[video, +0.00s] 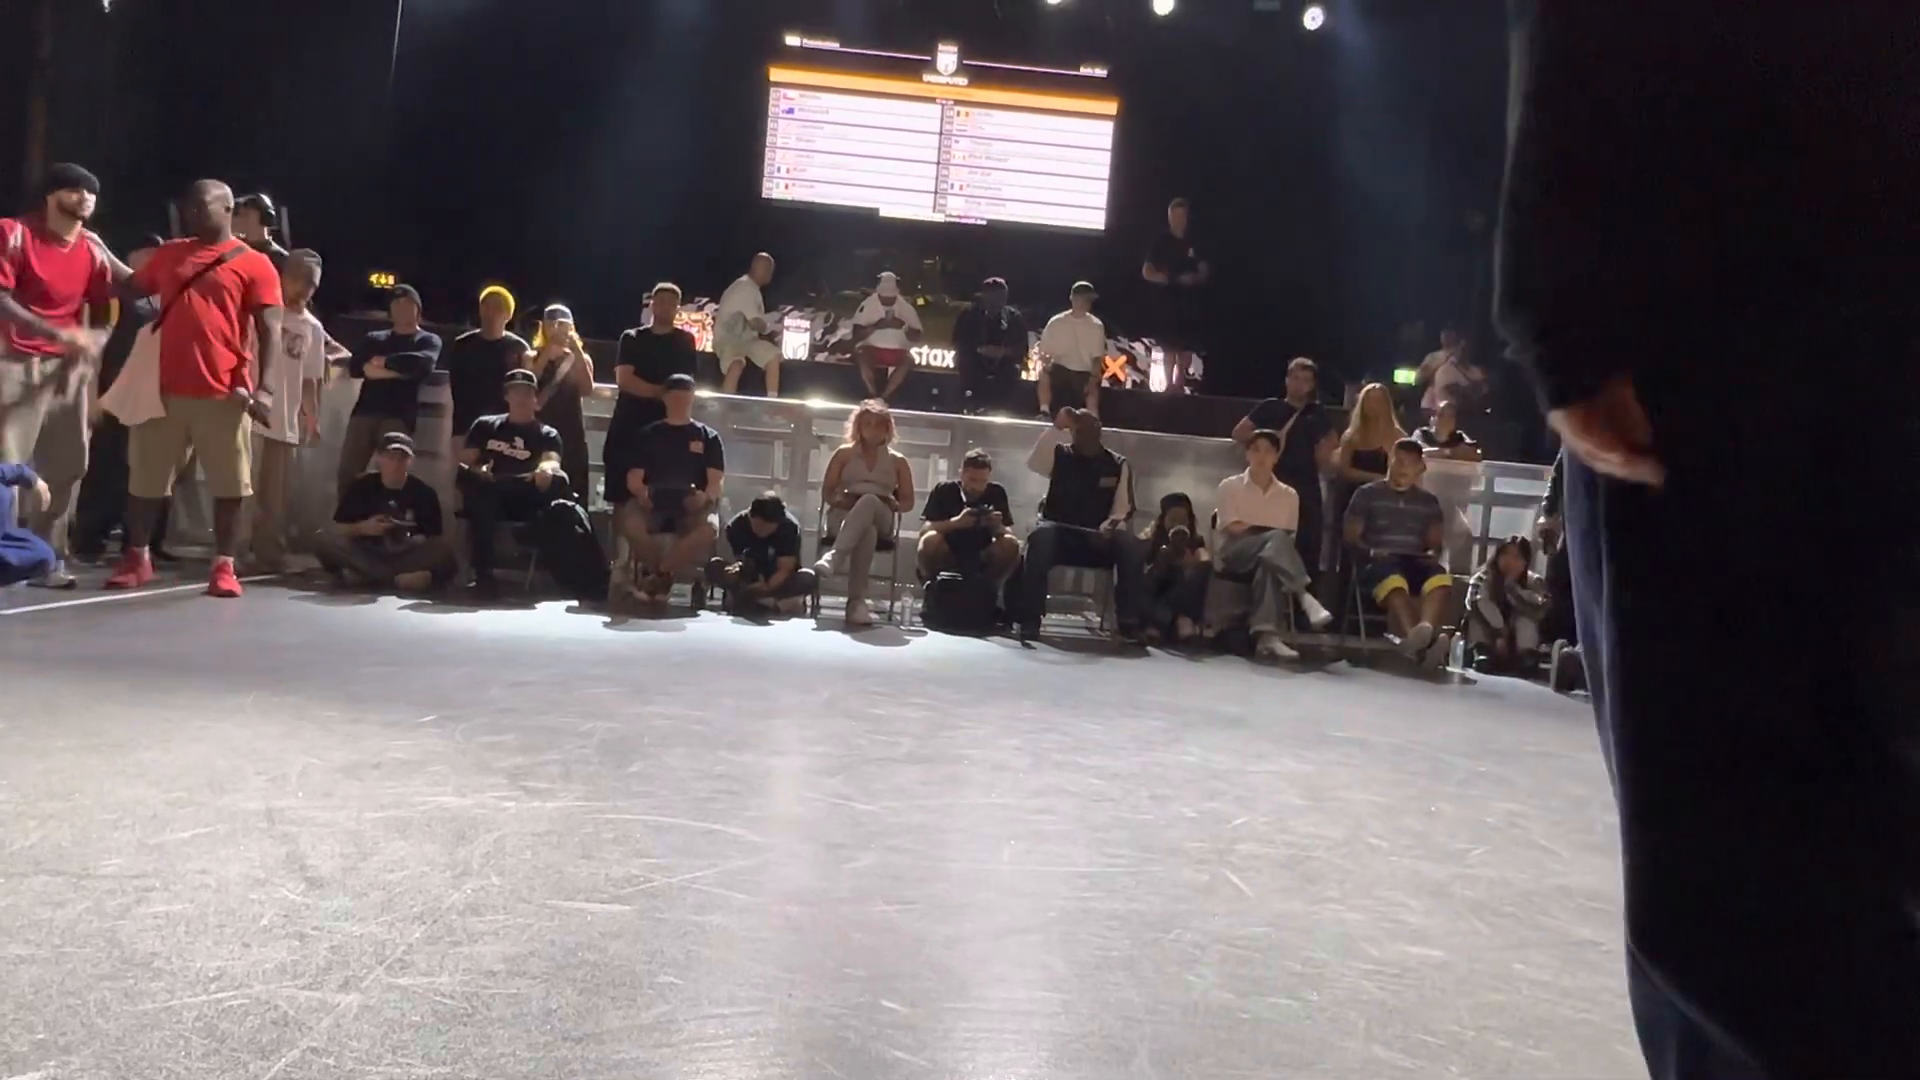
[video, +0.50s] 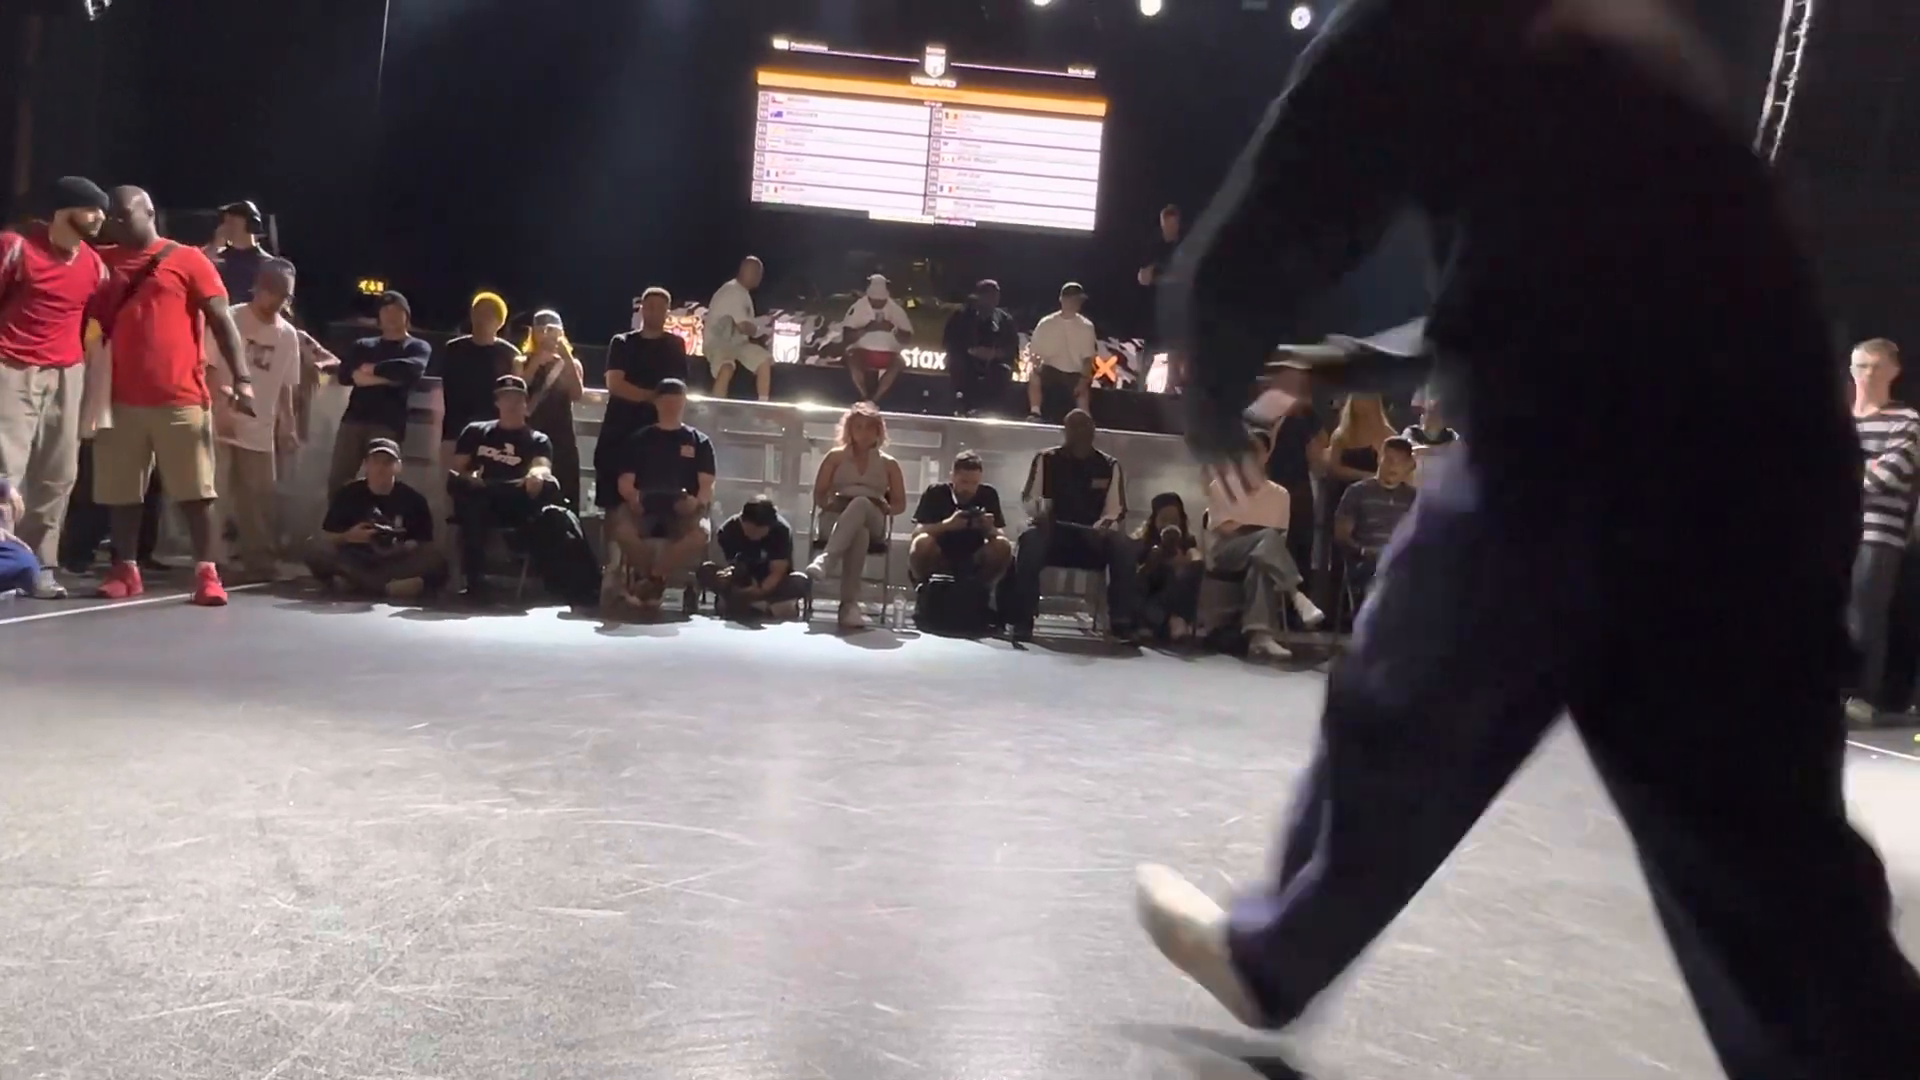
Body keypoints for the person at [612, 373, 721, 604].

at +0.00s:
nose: (680, 400)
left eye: (685, 394)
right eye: (675, 394)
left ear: (692, 397)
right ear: (665, 397)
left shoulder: (708, 437)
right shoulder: (647, 434)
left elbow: (715, 482)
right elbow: (633, 477)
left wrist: (704, 498)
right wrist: (644, 494)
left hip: (690, 499)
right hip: (654, 497)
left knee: (708, 530)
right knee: (630, 520)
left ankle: (659, 574)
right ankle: (662, 575)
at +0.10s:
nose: (678, 401)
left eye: (683, 396)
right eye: (673, 396)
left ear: (691, 399)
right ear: (664, 399)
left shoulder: (707, 438)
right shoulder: (646, 435)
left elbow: (714, 482)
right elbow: (632, 478)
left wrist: (703, 500)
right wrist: (642, 496)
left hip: (688, 500)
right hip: (652, 498)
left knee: (707, 530)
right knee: (629, 520)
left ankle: (660, 573)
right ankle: (660, 575)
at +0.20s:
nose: (676, 402)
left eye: (681, 396)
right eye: (671, 396)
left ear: (688, 399)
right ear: (661, 399)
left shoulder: (704, 438)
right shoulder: (642, 436)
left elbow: (711, 482)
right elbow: (630, 479)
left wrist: (701, 500)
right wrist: (640, 497)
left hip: (686, 500)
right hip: (649, 498)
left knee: (705, 530)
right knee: (626, 521)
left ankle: (656, 575)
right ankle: (658, 577)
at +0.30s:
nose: (674, 402)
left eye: (679, 396)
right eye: (669, 396)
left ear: (687, 400)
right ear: (659, 400)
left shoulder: (702, 439)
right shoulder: (640, 436)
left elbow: (709, 484)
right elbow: (628, 480)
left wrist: (698, 501)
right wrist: (641, 498)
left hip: (684, 501)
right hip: (648, 500)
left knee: (704, 530)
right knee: (624, 520)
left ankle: (655, 575)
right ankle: (656, 577)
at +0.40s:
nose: (672, 404)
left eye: (677, 398)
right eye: (667, 398)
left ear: (685, 401)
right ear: (658, 401)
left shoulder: (701, 440)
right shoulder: (639, 437)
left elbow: (708, 484)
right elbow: (626, 482)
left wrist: (697, 501)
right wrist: (640, 500)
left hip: (683, 502)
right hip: (646, 500)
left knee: (702, 531)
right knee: (623, 523)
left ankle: (653, 577)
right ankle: (656, 579)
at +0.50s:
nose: (671, 405)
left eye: (676, 400)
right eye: (666, 400)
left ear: (684, 402)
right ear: (657, 403)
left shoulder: (699, 441)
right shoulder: (638, 439)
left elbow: (706, 486)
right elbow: (625, 482)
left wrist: (696, 503)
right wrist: (635, 499)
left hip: (681, 503)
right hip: (645, 502)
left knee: (700, 533)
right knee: (621, 524)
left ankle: (653, 579)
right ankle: (654, 581)